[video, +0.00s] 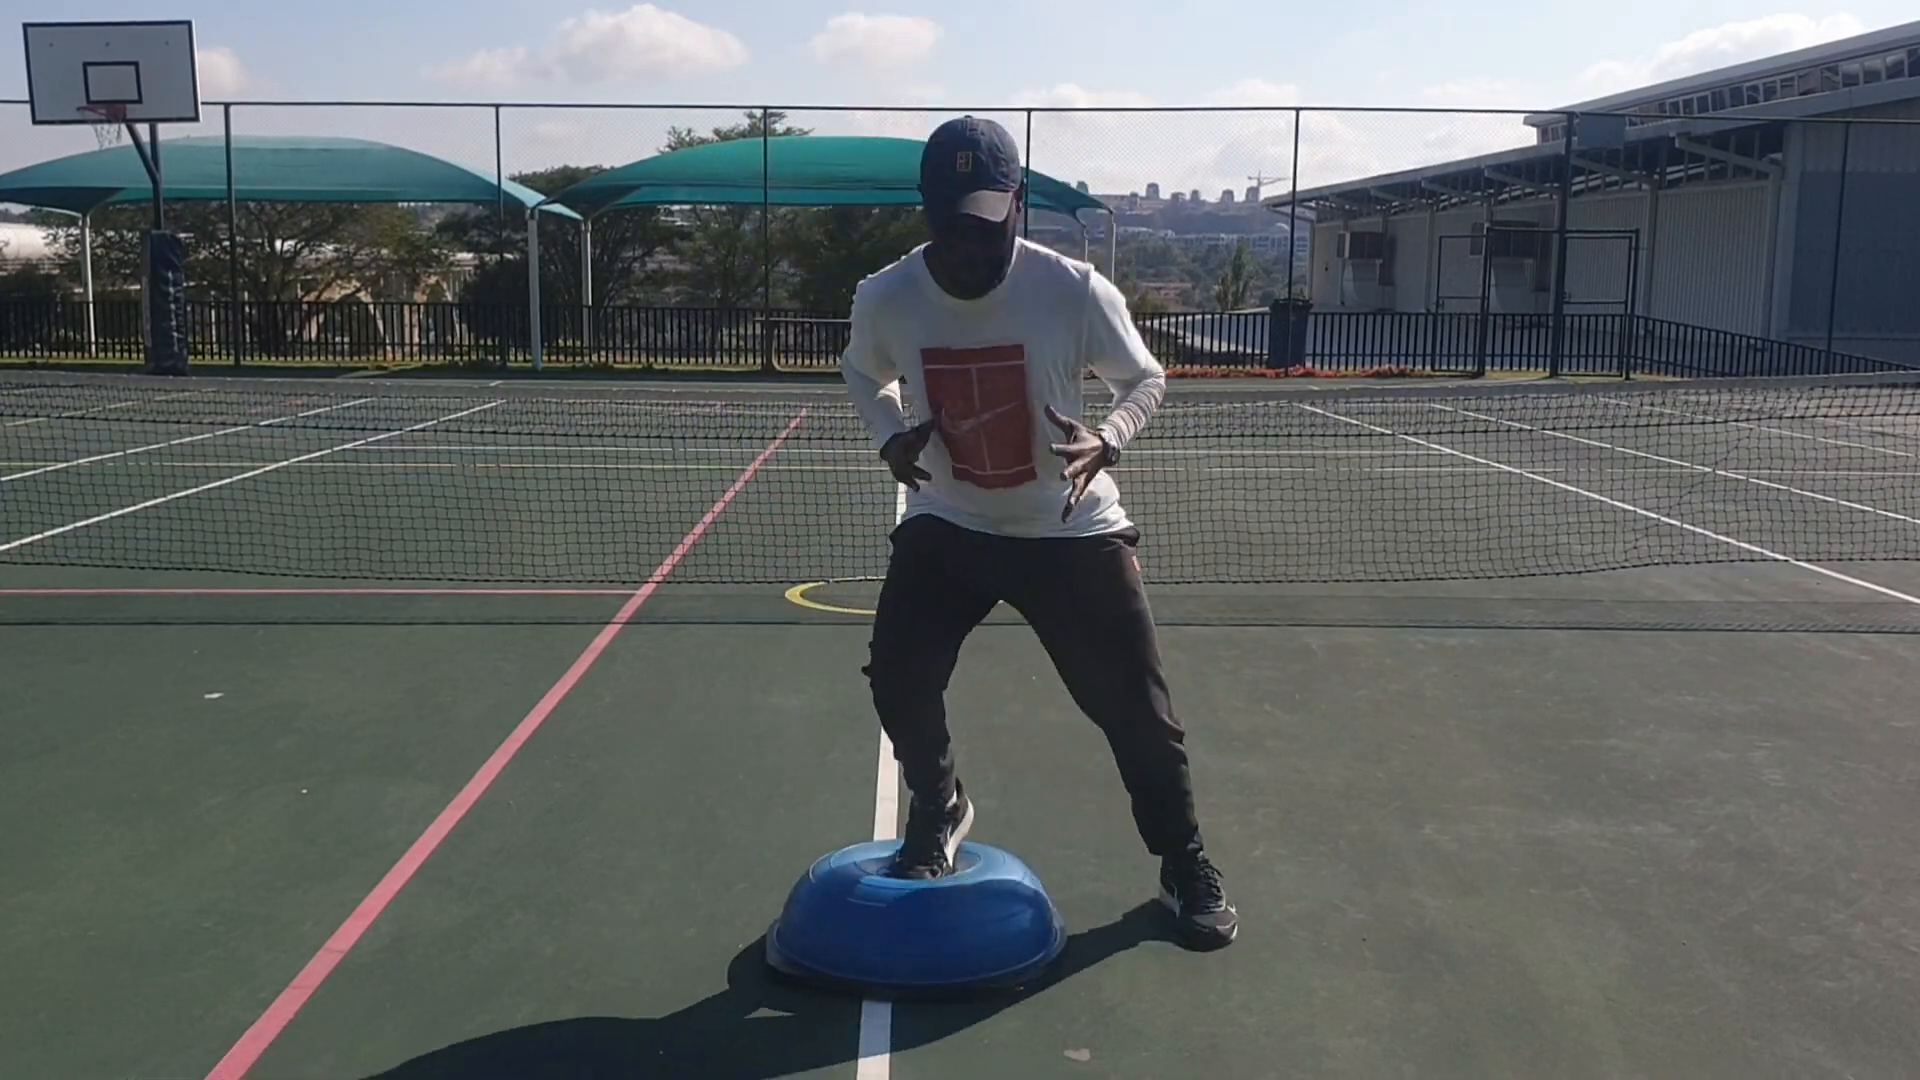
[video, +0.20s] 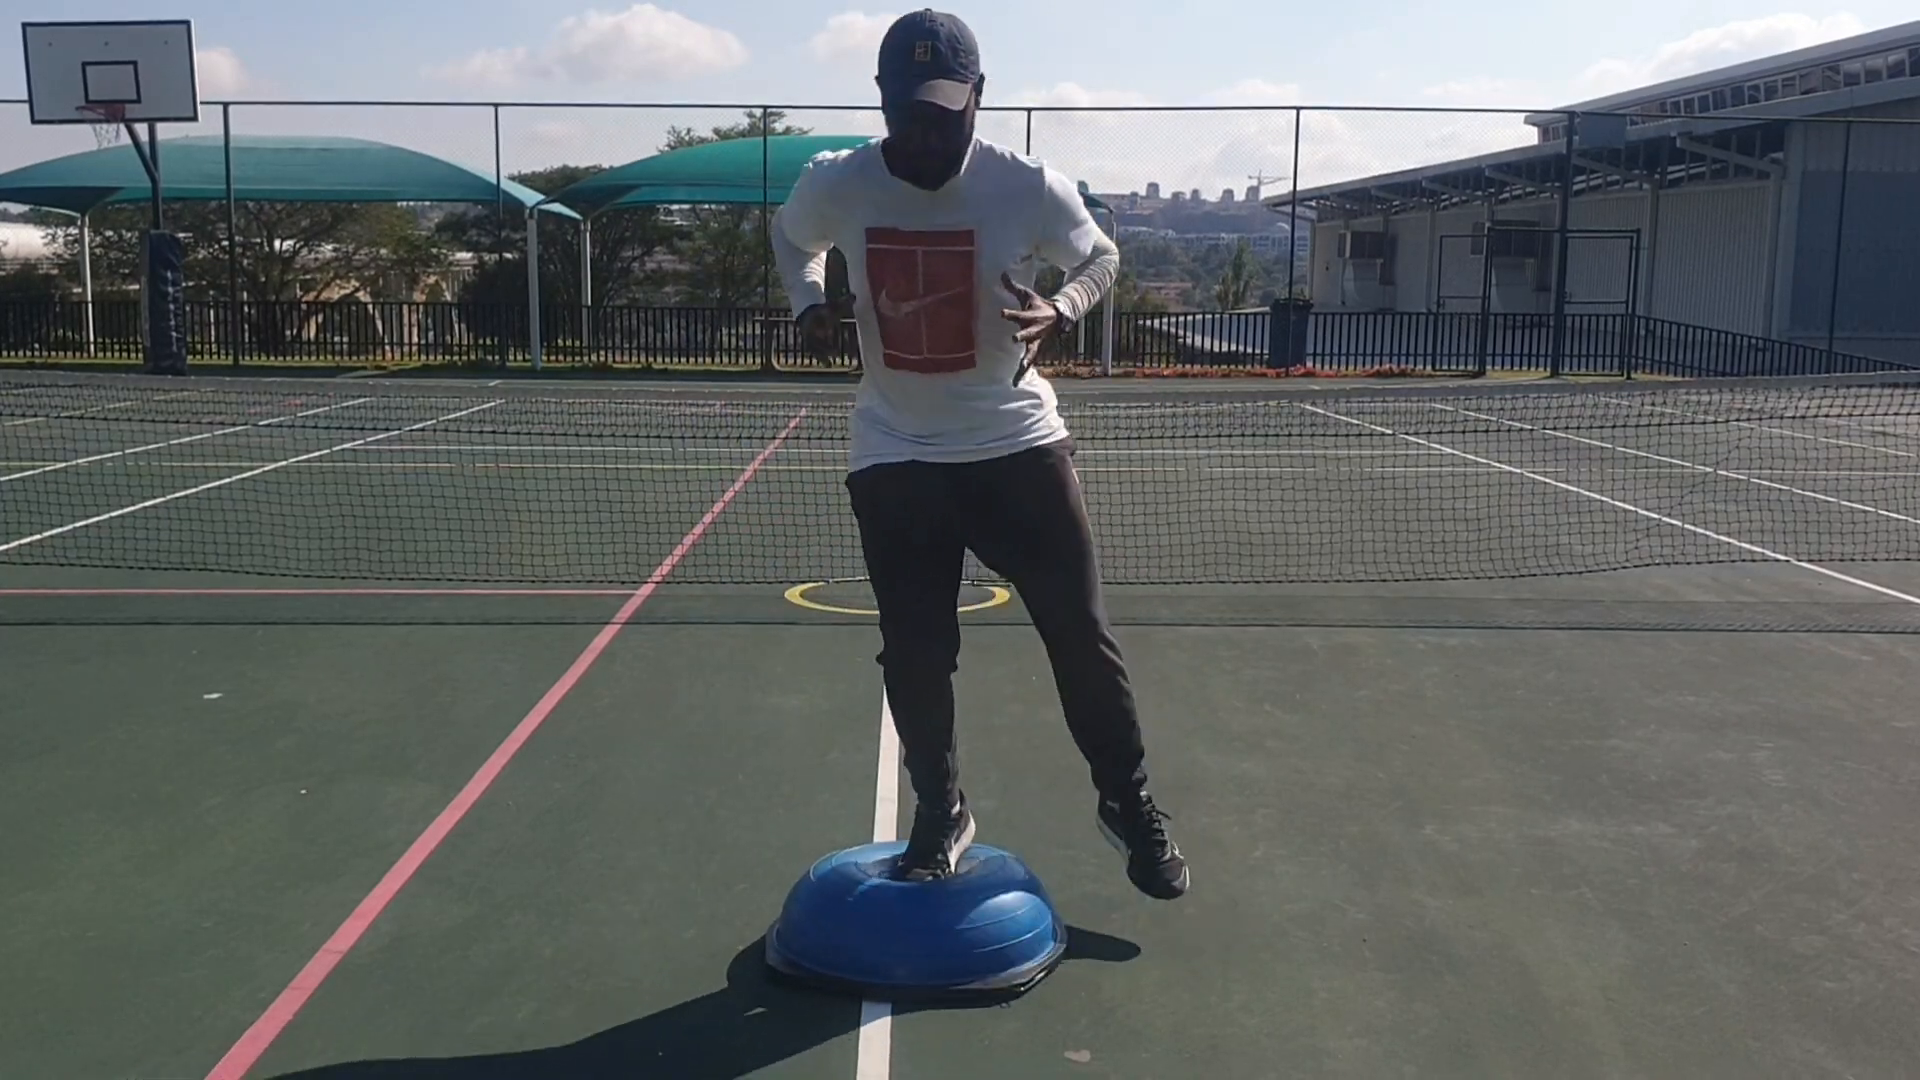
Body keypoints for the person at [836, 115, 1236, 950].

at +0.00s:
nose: (974, 243)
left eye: (991, 223)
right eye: (957, 224)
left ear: (1017, 209)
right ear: (927, 214)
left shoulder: (1076, 294)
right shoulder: (883, 302)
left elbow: (1145, 384)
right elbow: (862, 374)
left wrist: (1109, 435)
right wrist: (892, 433)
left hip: (1070, 531)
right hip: (947, 526)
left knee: (1141, 713)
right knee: (898, 681)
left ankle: (1187, 868)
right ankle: (936, 807)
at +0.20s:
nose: (948, 128)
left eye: (961, 108)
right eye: (928, 109)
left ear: (980, 98)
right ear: (887, 100)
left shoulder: (1032, 189)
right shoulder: (831, 189)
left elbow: (1100, 259)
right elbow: (791, 249)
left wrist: (1063, 306)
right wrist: (815, 304)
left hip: (1017, 441)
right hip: (895, 450)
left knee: (1081, 637)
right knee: (913, 655)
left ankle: (1129, 805)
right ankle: (937, 813)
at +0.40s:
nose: (890, 80)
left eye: (907, 58)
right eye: (872, 59)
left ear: (937, 42)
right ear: (844, 41)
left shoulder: (986, 122)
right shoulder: (788, 115)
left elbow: (1044, 171)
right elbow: (717, 168)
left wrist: (1017, 241)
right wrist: (738, 251)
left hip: (944, 375)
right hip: (819, 374)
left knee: (975, 572)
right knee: (790, 579)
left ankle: (916, 733)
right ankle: (802, 738)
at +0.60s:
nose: (867, 170)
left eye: (878, 149)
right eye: (845, 153)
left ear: (895, 139)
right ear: (802, 148)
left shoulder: (934, 238)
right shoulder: (740, 227)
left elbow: (955, 283)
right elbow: (656, 282)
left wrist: (937, 337)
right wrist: (699, 356)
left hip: (868, 504)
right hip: (739, 511)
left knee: (915, 674)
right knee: (661, 701)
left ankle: (869, 808)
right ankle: (604, 862)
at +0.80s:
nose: (861, 154)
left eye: (876, 135)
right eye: (842, 137)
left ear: (904, 131)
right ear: (813, 134)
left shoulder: (946, 228)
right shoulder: (754, 223)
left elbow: (981, 304)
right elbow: (676, 303)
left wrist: (959, 331)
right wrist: (732, 345)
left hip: (888, 489)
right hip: (764, 496)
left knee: (914, 680)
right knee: (694, 688)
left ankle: (870, 818)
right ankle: (620, 848)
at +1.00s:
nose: (902, 63)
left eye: (920, 41)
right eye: (884, 40)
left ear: (951, 32)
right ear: (859, 34)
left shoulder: (1005, 116)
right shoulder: (804, 123)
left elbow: (1060, 185)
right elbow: (717, 196)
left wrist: (1039, 232)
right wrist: (762, 250)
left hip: (967, 382)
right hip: (844, 382)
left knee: (983, 589)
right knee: (833, 587)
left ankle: (914, 764)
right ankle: (845, 753)